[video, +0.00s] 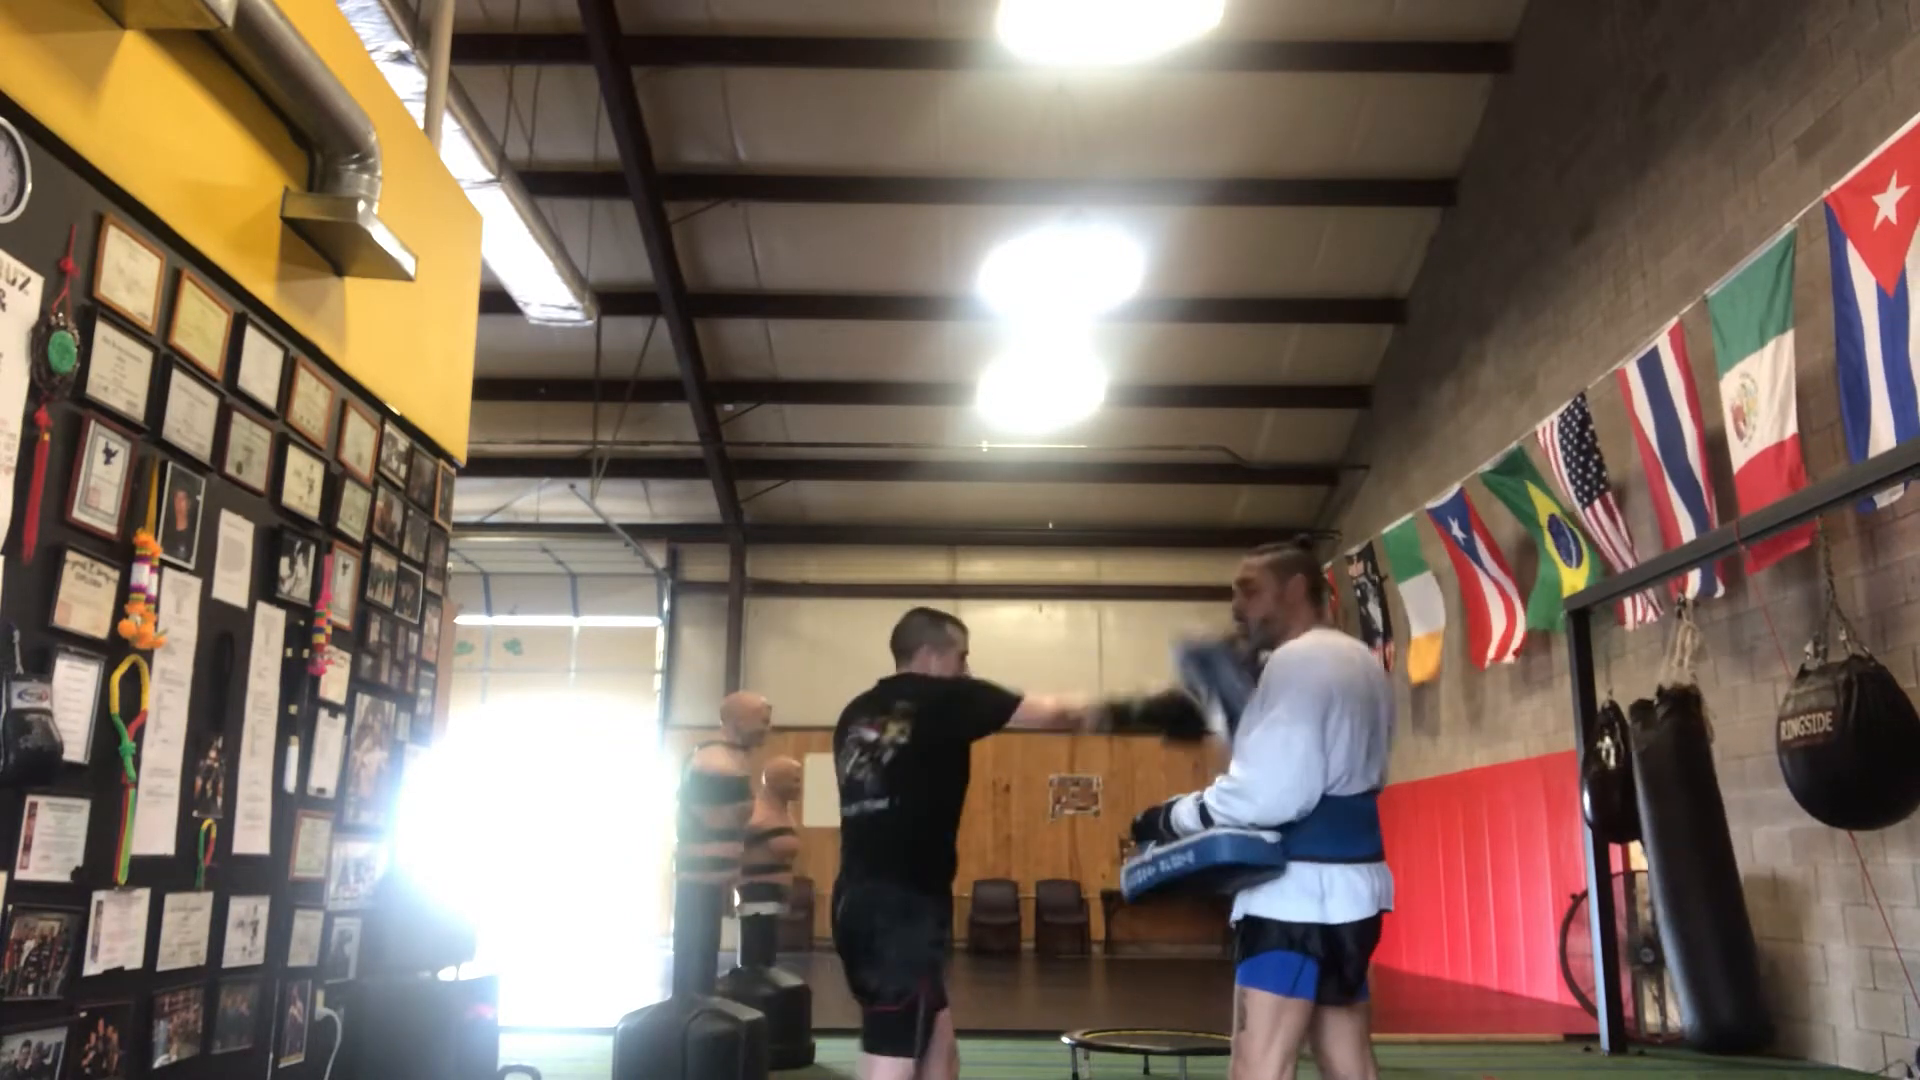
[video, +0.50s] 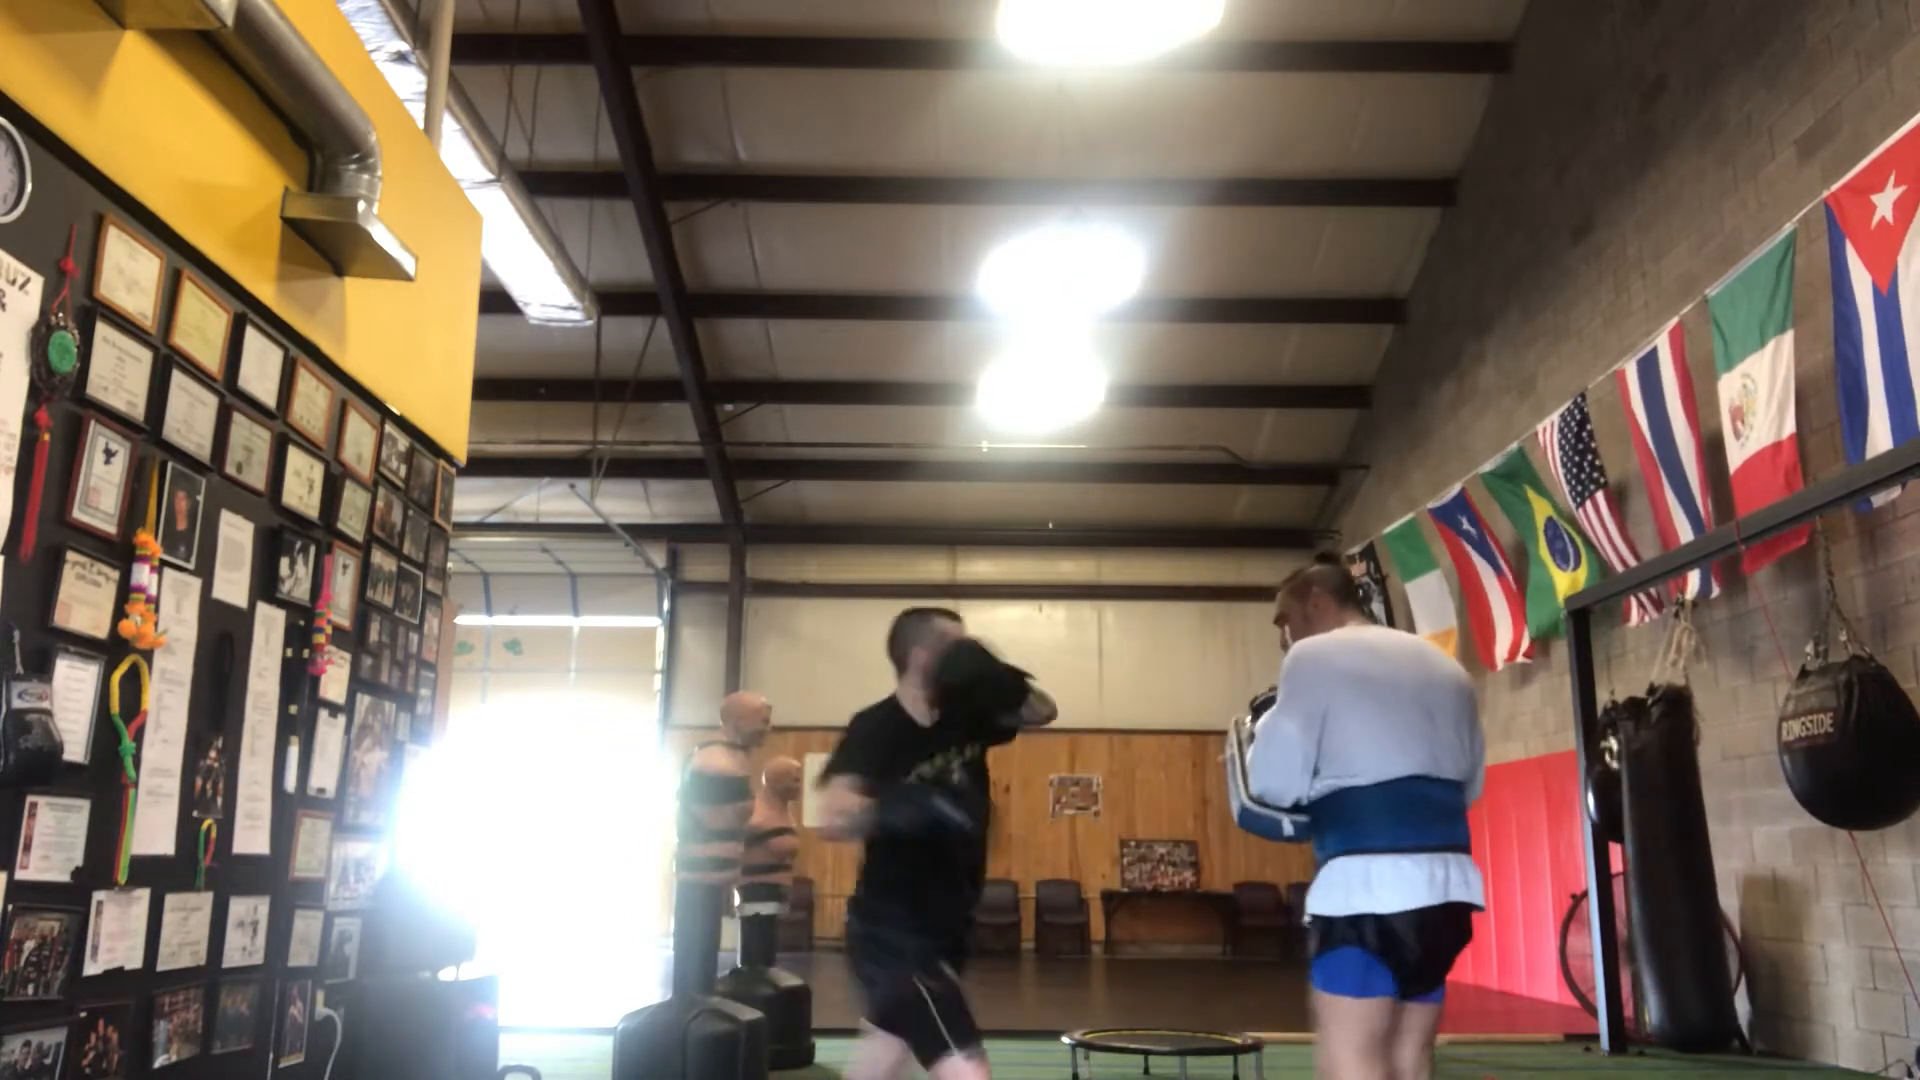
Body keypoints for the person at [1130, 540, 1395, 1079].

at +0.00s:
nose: (1235, 605)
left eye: (1248, 589)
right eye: (1235, 592)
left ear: (1297, 590)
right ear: (1299, 594)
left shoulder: (1297, 663)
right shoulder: (1363, 660)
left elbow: (1272, 788)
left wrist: (1173, 817)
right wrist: (1237, 696)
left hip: (1293, 894)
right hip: (1353, 888)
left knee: (1259, 1065)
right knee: (1348, 1062)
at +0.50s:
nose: (1285, 639)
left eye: (1284, 623)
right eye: (1280, 627)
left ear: (1314, 605)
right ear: (1348, 604)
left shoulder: (1312, 658)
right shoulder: (1443, 664)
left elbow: (1274, 785)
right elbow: (1470, 783)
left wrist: (1274, 726)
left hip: (1363, 900)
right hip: (1447, 899)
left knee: (1350, 1065)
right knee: (1412, 1064)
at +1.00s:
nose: (1352, 616)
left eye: (1360, 597)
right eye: (1350, 602)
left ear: (1402, 588)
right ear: (1412, 591)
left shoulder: (1407, 656)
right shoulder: (1496, 653)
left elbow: (1333, 763)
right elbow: (1448, 742)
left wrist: (1283, 701)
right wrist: (1361, 692)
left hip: (1440, 897)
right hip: (1513, 886)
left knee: (1428, 1067)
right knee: (1510, 1060)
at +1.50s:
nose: (1349, 643)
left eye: (1351, 624)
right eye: (1345, 629)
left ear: (1390, 607)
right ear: (1408, 610)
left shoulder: (1404, 666)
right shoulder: (1503, 664)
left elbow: (1380, 797)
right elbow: (1530, 775)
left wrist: (1318, 759)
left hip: (1460, 897)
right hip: (1542, 892)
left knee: (1379, 1054)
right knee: (1546, 1066)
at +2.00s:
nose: (1180, 625)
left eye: (1185, 605)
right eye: (1177, 609)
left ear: (1225, 588)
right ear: (1235, 590)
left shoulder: (1246, 653)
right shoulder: (1330, 647)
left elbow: (1214, 786)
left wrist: (1153, 743)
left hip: (1302, 894)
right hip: (1356, 885)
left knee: (1285, 1068)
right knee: (1296, 1058)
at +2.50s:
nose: (980, 601)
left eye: (983, 582)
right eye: (977, 587)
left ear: (1023, 564)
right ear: (1035, 567)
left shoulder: (1059, 605)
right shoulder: (1090, 610)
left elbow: (1021, 727)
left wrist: (964, 699)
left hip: (1103, 861)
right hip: (1136, 857)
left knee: (1077, 1051)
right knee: (1111, 1043)